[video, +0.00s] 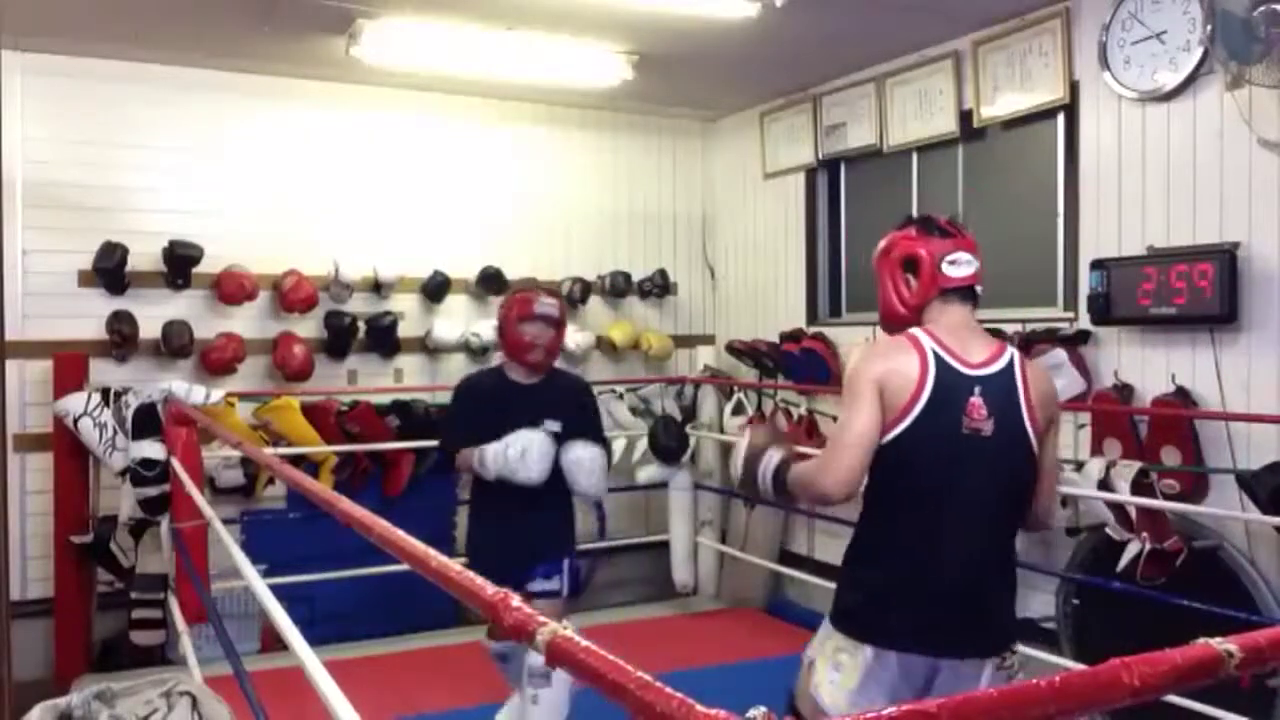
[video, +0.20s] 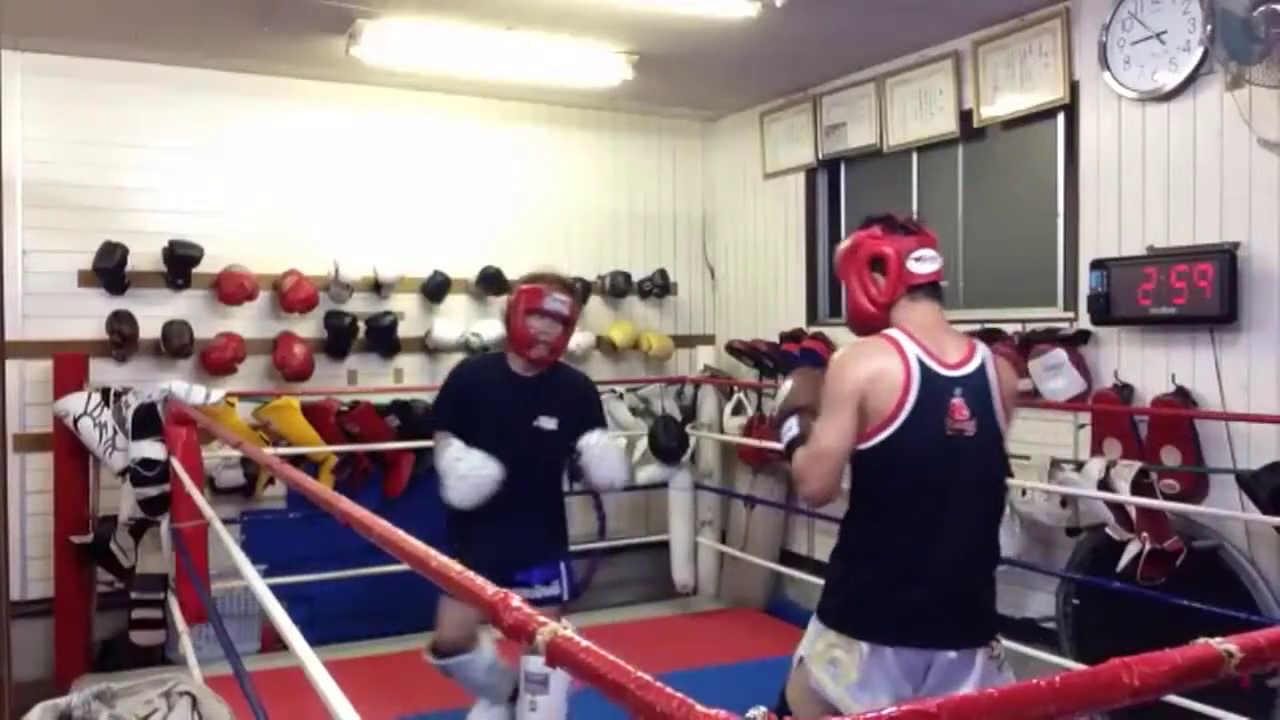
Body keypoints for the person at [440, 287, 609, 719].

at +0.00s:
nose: (538, 338)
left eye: (548, 329)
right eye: (528, 327)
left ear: (560, 337)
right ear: (506, 330)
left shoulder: (573, 390)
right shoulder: (476, 389)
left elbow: (593, 448)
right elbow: (457, 452)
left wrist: (587, 464)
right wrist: (498, 457)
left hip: (550, 526)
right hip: (492, 529)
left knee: (543, 631)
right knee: (501, 636)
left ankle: (544, 708)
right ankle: (527, 696)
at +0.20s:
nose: (545, 329)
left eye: (557, 322)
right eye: (537, 315)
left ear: (569, 332)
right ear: (514, 316)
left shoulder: (574, 388)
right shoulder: (473, 375)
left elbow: (593, 454)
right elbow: (442, 434)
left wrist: (605, 462)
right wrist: (457, 462)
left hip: (541, 531)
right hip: (477, 529)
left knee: (544, 646)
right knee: (450, 642)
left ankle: (543, 709)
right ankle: (507, 692)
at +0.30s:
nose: (541, 326)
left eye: (554, 318)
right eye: (532, 312)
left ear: (566, 329)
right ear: (509, 313)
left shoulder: (573, 386)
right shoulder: (469, 373)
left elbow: (590, 474)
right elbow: (431, 450)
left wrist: (607, 444)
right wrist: (431, 473)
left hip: (535, 534)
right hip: (468, 532)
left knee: (543, 647)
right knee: (426, 631)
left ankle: (542, 713)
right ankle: (452, 713)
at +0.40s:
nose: (533, 321)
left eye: (546, 313)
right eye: (524, 306)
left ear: (557, 325)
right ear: (499, 309)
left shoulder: (567, 384)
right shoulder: (461, 373)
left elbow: (591, 472)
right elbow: (419, 460)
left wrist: (608, 416)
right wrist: (413, 474)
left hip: (527, 537)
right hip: (456, 532)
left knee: (539, 660)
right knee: (410, 641)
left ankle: (538, 714)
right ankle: (394, 713)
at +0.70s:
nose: (472, 327)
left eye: (482, 317)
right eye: (460, 315)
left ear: (491, 323)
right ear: (431, 320)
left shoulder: (502, 384)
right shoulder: (397, 386)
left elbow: (550, 426)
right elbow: (369, 451)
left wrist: (576, 391)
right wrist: (379, 469)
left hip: (483, 538)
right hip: (412, 539)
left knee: (510, 647)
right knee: (368, 645)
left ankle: (527, 714)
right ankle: (337, 718)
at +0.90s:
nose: (422, 328)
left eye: (430, 317)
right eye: (410, 315)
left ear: (438, 323)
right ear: (379, 320)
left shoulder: (447, 385)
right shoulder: (341, 386)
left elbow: (488, 437)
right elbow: (306, 457)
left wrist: (509, 398)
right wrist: (339, 462)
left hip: (434, 544)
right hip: (362, 547)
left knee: (478, 642)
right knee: (344, 652)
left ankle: (505, 712)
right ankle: (324, 713)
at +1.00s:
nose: (410, 319)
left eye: (417, 308)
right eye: (397, 307)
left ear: (426, 314)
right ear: (366, 313)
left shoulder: (433, 378)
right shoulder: (330, 379)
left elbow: (467, 442)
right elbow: (299, 455)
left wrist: (487, 400)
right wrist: (332, 451)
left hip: (427, 536)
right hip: (352, 539)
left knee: (464, 639)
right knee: (341, 647)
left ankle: (459, 712)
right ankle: (319, 714)